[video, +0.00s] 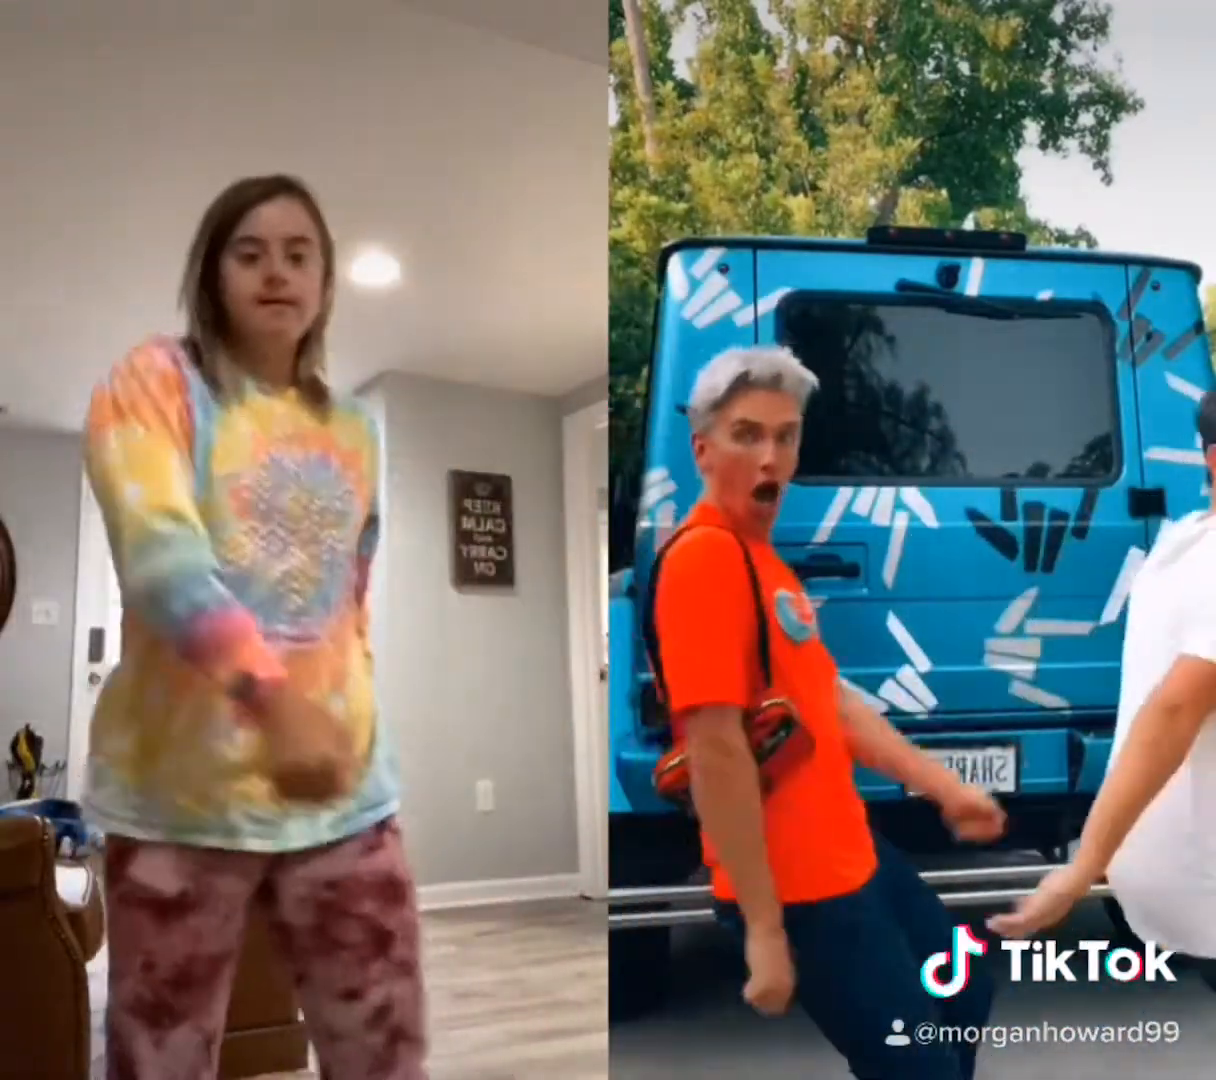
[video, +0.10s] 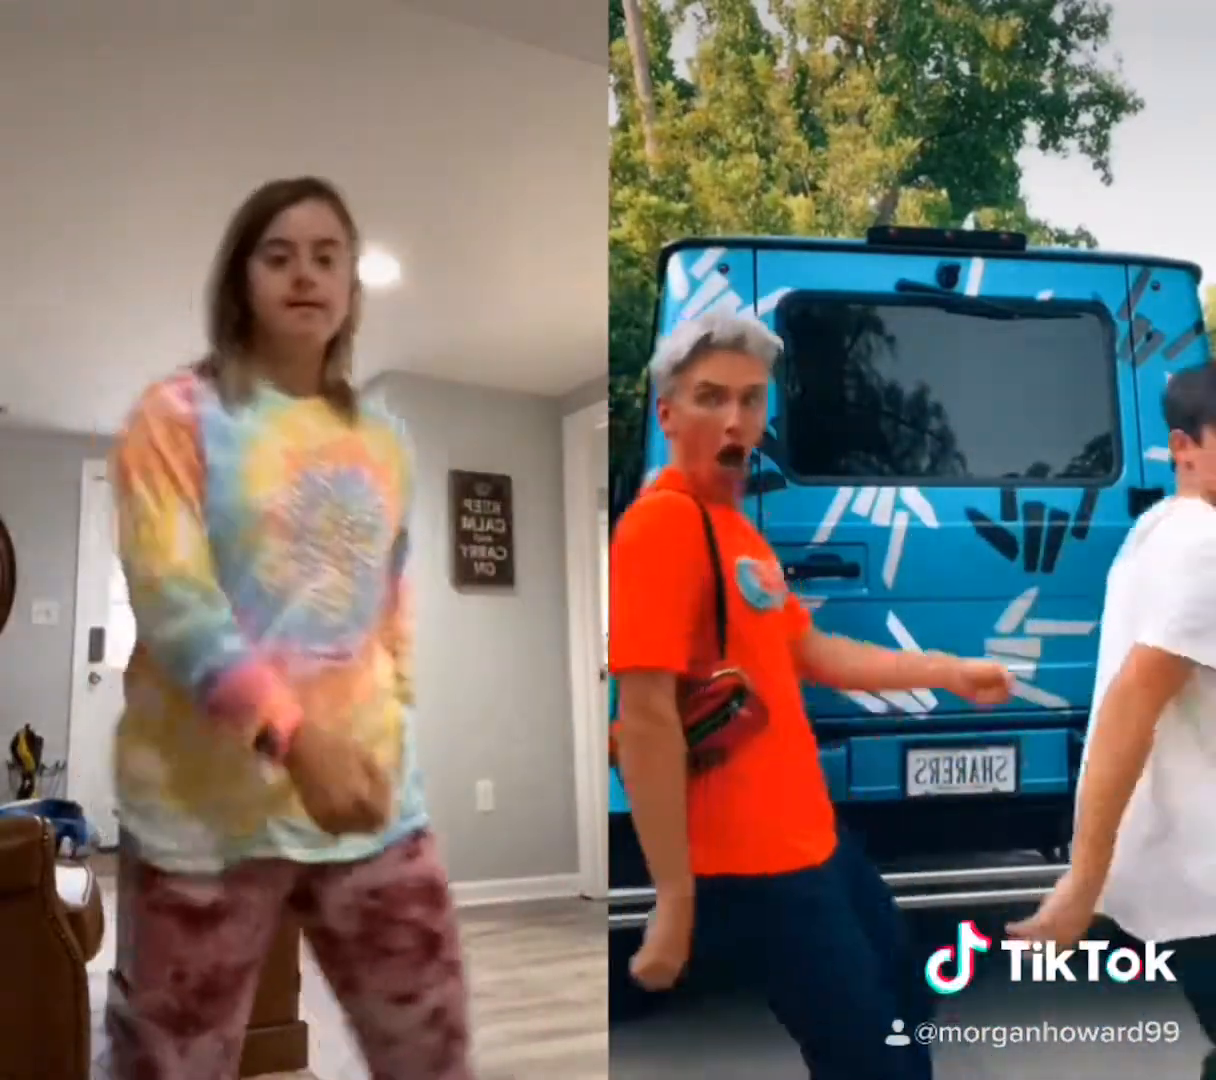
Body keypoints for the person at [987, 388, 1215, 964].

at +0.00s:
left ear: (1207, 458)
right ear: (1211, 458)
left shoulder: (1172, 548)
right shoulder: (1203, 552)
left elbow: (1161, 706)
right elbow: (1176, 707)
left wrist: (1095, 864)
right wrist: (1084, 866)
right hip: (1198, 904)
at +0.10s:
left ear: (1185, 451)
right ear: (1187, 450)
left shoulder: (1162, 528)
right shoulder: (1195, 536)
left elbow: (1130, 703)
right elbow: (1132, 705)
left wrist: (1090, 877)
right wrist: (1084, 879)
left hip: (1172, 895)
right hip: (1196, 903)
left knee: (1215, 1052)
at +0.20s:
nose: (1207, 426)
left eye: (1213, 408)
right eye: (1186, 407)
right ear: (1134, 419)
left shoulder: (1163, 507)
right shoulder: (1142, 518)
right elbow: (1080, 701)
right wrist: (1138, 876)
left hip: (1173, 835)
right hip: (1163, 852)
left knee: (1177, 1042)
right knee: (1183, 1046)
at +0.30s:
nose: (1161, 435)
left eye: (1174, 417)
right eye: (1138, 414)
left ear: (1187, 428)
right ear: (1089, 429)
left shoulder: (1153, 531)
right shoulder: (1067, 539)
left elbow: (1168, 672)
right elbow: (1037, 719)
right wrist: (1182, 799)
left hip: (1129, 835)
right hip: (1078, 848)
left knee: (1107, 1053)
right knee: (1175, 1053)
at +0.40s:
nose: (1125, 454)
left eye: (1140, 438)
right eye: (1104, 437)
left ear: (1154, 457)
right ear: (1060, 458)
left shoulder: (1152, 581)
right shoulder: (1007, 560)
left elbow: (1139, 728)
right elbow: (1004, 731)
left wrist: (1200, 850)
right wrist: (1159, 699)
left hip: (1089, 855)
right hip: (1001, 860)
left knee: (1102, 1057)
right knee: (1131, 1058)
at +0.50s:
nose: (1082, 448)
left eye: (1096, 433)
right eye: (1061, 431)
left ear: (1113, 453)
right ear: (1019, 449)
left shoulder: (1130, 575)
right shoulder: (954, 550)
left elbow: (1108, 725)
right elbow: (916, 710)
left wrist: (1137, 825)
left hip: (1066, 845)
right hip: (961, 843)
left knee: (1111, 1059)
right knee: (1060, 1058)